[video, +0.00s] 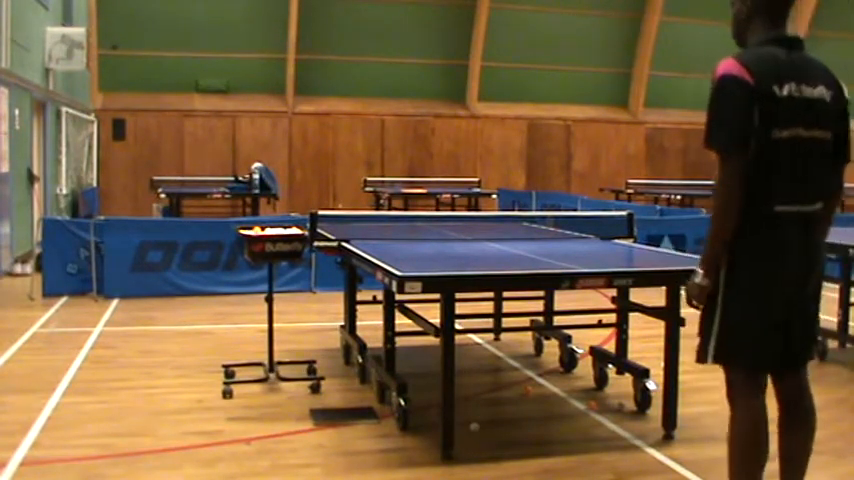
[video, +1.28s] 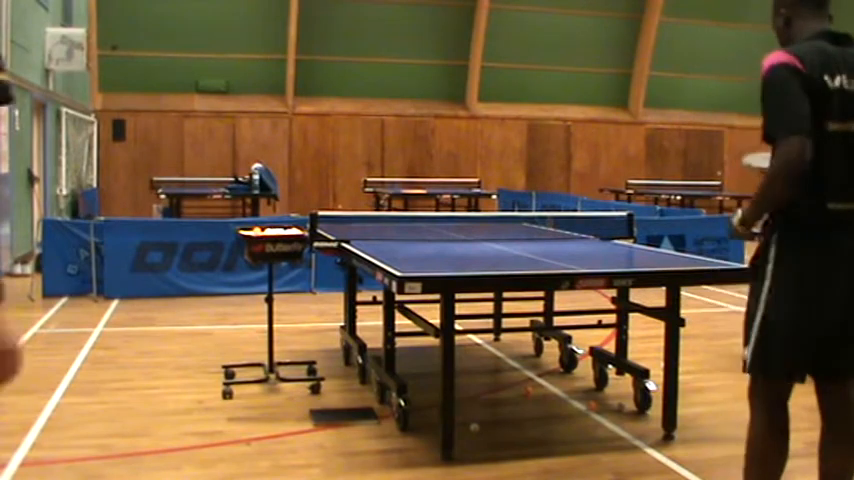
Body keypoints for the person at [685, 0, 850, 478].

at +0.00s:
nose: (731, 20)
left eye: (733, 12)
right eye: (732, 12)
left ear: (743, 12)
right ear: (785, 16)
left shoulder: (739, 72)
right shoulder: (826, 79)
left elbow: (730, 181)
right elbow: (834, 184)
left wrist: (707, 269)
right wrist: (811, 248)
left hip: (750, 253)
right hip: (804, 253)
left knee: (744, 387)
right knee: (792, 381)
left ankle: (745, 475)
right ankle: (792, 475)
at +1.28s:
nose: (775, 29)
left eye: (775, 19)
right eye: (775, 20)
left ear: (785, 16)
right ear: (825, 14)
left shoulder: (786, 65)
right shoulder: (851, 59)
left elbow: (792, 157)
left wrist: (749, 215)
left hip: (800, 247)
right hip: (848, 248)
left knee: (768, 396)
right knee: (840, 399)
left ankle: (759, 477)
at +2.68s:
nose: (663, 37)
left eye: (666, 29)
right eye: (666, 29)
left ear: (679, 29)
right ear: (712, 30)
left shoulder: (670, 81)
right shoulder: (753, 90)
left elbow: (631, 161)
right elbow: (752, 161)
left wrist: (616, 134)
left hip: (680, 233)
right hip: (730, 235)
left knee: (652, 360)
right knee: (703, 354)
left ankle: (689, 469)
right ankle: (692, 463)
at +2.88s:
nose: (654, 47)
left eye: (655, 38)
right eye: (653, 39)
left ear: (669, 34)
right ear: (699, 33)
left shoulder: (666, 81)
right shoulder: (740, 90)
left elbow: (634, 162)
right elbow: (723, 160)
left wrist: (609, 140)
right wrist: (641, 132)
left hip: (669, 230)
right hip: (720, 233)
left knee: (610, 345)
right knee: (696, 348)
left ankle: (645, 461)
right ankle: (691, 465)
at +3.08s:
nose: (631, 47)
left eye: (633, 39)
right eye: (632, 40)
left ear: (644, 36)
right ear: (678, 36)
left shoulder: (640, 83)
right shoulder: (722, 91)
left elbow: (608, 165)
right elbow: (715, 168)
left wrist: (585, 141)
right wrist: (645, 144)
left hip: (647, 237)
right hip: (700, 237)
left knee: (606, 356)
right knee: (688, 356)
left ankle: (576, 467)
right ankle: (689, 469)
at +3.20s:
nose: (610, 53)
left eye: (611, 45)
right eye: (613, 46)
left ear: (619, 43)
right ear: (658, 40)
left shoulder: (614, 87)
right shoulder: (701, 91)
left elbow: (585, 171)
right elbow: (709, 171)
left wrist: (570, 146)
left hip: (627, 236)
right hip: (682, 236)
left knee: (591, 355)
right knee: (681, 352)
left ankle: (565, 468)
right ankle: (689, 467)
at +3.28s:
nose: (595, 48)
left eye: (597, 41)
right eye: (600, 41)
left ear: (602, 41)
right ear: (641, 39)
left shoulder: (592, 88)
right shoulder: (684, 89)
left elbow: (569, 174)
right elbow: (702, 165)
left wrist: (574, 145)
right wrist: (654, 159)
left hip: (613, 236)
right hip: (669, 235)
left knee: (576, 355)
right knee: (674, 352)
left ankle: (563, 468)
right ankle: (687, 467)